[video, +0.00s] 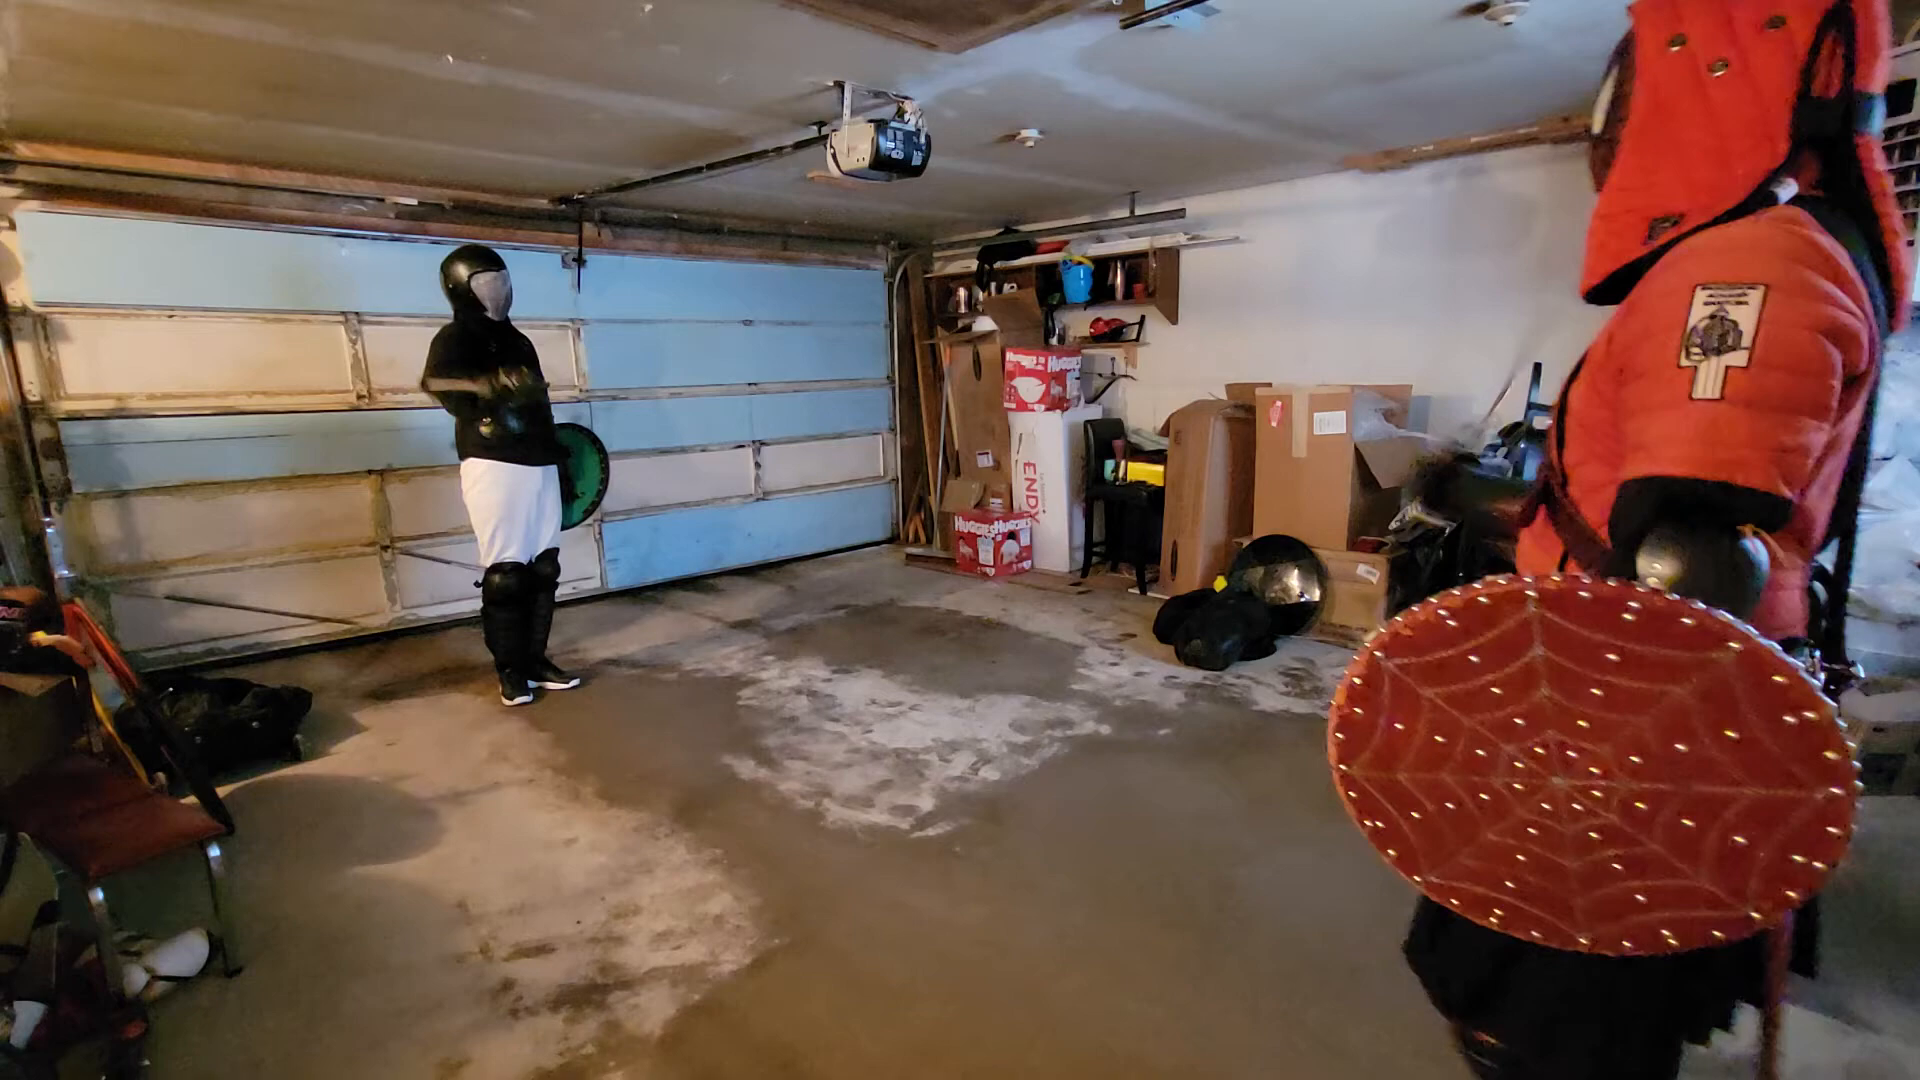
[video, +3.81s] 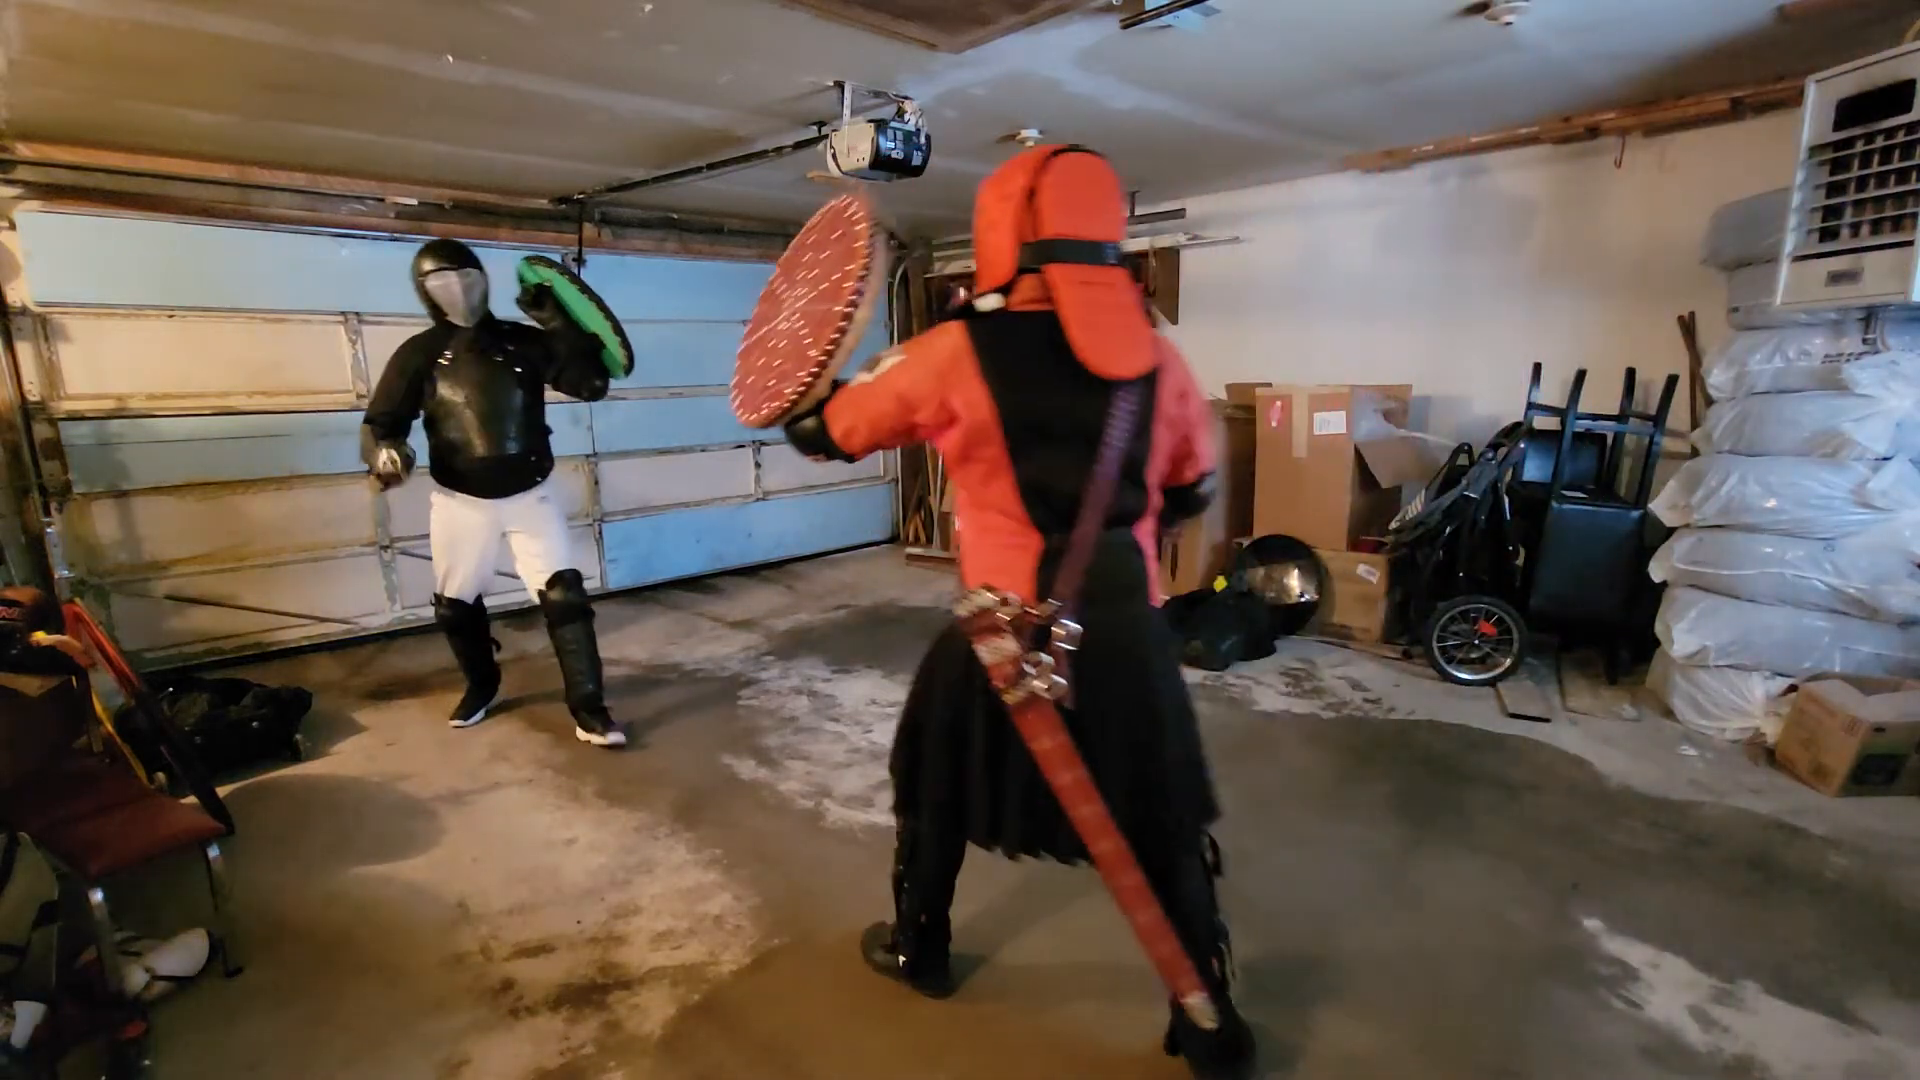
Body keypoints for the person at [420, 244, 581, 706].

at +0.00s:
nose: (504, 289)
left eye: (504, 279)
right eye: (492, 281)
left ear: (506, 282)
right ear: (467, 289)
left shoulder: (520, 342)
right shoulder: (454, 340)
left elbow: (538, 409)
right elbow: (441, 386)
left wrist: (558, 460)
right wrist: (490, 392)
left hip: (539, 464)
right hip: (493, 466)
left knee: (543, 566)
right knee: (506, 570)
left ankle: (535, 661)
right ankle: (510, 672)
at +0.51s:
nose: (522, 285)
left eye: (521, 277)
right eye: (511, 278)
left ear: (516, 285)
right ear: (484, 286)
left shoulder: (535, 349)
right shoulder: (457, 345)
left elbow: (547, 414)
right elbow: (435, 403)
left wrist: (558, 466)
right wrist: (433, 448)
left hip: (537, 470)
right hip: (483, 471)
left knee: (539, 567)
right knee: (499, 571)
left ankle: (534, 663)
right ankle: (502, 670)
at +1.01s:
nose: (451, 289)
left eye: (457, 280)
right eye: (438, 282)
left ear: (470, 287)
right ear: (423, 294)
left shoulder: (505, 345)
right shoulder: (412, 354)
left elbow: (546, 389)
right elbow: (399, 417)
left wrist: (574, 421)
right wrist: (397, 469)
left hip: (510, 473)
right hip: (449, 477)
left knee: (528, 564)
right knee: (443, 574)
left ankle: (532, 660)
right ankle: (454, 651)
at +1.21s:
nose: (425, 295)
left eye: (431, 284)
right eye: (412, 288)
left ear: (444, 288)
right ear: (398, 299)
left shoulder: (483, 344)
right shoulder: (390, 358)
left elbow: (543, 383)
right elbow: (373, 419)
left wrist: (549, 354)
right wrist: (361, 457)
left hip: (491, 473)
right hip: (431, 479)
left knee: (515, 563)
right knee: (438, 574)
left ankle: (530, 661)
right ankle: (459, 654)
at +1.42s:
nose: (406, 301)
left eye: (412, 290)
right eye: (393, 294)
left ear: (426, 291)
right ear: (379, 303)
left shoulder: (467, 341)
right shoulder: (375, 358)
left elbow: (530, 366)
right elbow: (353, 417)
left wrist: (501, 312)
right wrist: (333, 436)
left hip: (478, 471)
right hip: (420, 479)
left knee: (512, 555)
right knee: (431, 571)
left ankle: (521, 648)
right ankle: (458, 654)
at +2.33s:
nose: (408, 306)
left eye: (414, 295)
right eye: (395, 299)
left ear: (427, 296)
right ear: (379, 308)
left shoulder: (466, 347)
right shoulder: (372, 364)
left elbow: (513, 406)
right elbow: (361, 423)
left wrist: (510, 362)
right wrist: (366, 451)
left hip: (482, 473)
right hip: (422, 483)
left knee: (519, 558)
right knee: (433, 573)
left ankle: (547, 651)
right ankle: (459, 656)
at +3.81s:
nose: (455, 291)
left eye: (463, 279)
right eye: (441, 283)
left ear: (480, 280)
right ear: (428, 293)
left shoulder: (526, 342)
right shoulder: (419, 355)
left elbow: (591, 384)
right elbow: (381, 424)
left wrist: (563, 324)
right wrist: (385, 452)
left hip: (529, 496)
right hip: (459, 502)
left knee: (565, 595)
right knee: (454, 608)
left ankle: (589, 708)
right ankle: (482, 684)